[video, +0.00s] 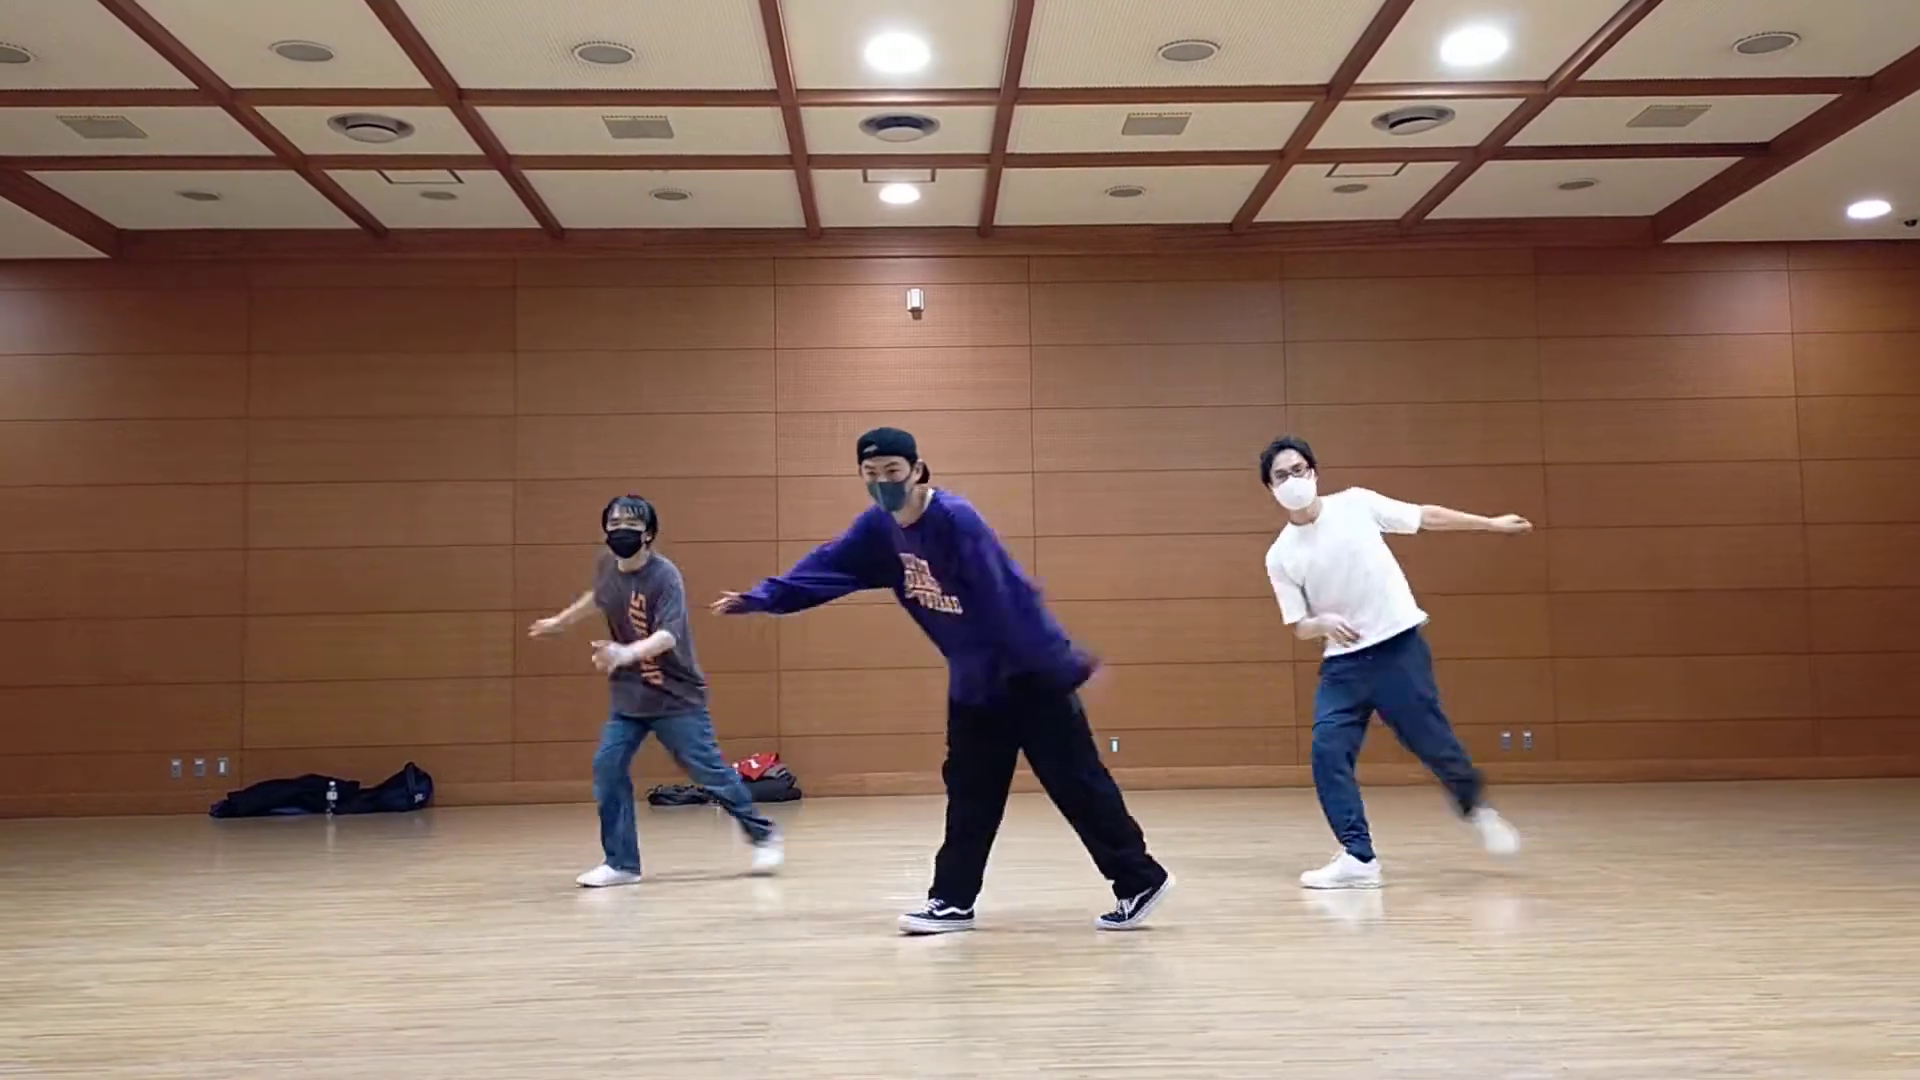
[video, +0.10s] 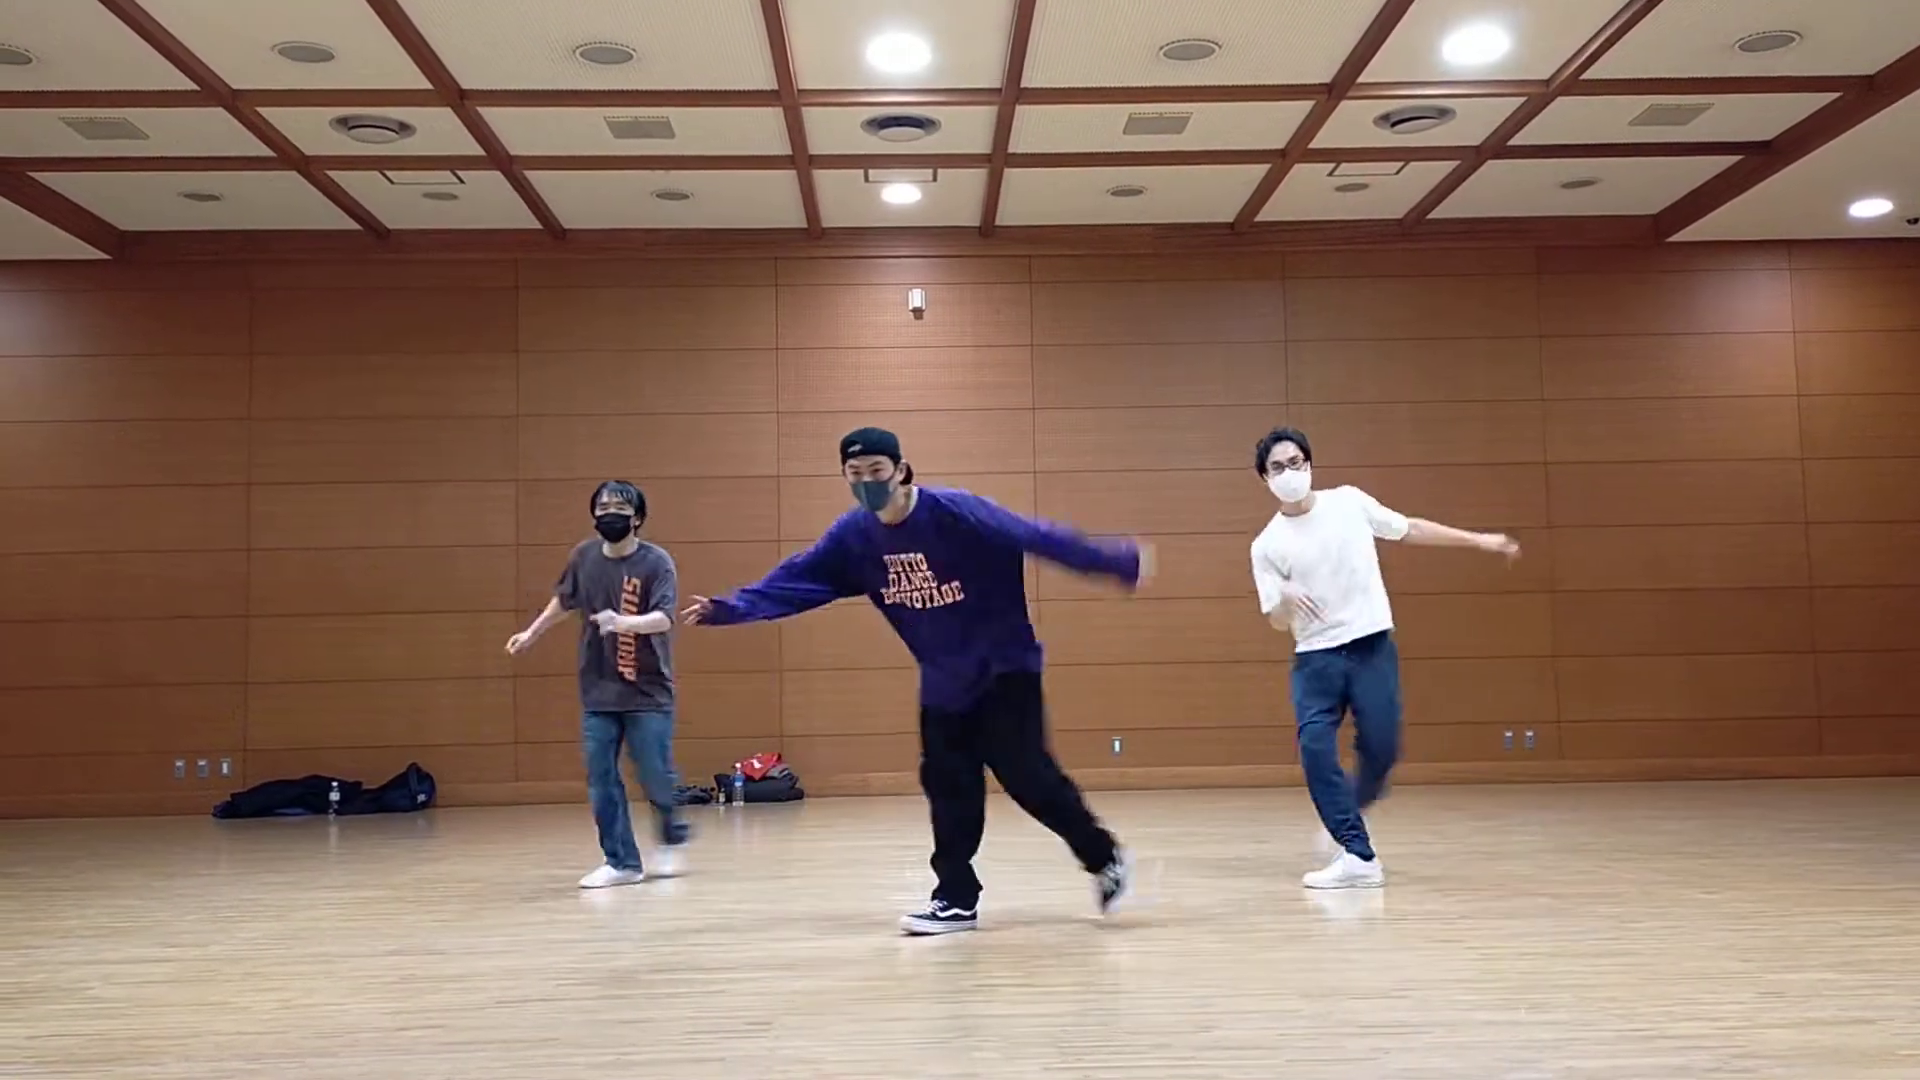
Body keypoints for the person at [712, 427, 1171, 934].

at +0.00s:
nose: (882, 482)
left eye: (891, 471)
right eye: (872, 475)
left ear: (917, 470)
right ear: (865, 480)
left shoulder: (954, 520)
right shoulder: (878, 530)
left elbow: (1005, 597)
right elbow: (826, 569)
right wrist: (761, 598)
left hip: (1026, 669)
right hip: (973, 677)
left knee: (1076, 779)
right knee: (971, 787)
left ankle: (1140, 879)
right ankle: (953, 900)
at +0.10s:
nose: (864, 483)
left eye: (873, 472)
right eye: (854, 476)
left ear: (901, 469)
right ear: (847, 480)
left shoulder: (954, 512)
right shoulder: (853, 538)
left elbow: (1038, 536)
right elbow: (792, 582)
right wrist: (725, 608)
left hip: (1005, 663)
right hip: (942, 675)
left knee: (1024, 773)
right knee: (947, 784)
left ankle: (1105, 858)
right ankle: (955, 899)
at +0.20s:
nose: (853, 478)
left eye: (863, 467)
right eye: (843, 471)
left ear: (890, 468)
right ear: (835, 480)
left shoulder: (949, 497)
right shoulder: (841, 547)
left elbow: (1027, 484)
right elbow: (789, 594)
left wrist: (1096, 474)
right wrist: (734, 607)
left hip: (981, 659)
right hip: (914, 674)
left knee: (973, 773)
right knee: (913, 786)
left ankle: (992, 818)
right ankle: (956, 897)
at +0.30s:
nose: (848, 482)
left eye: (857, 470)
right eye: (837, 475)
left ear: (880, 470)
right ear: (827, 485)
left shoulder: (935, 496)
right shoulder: (832, 555)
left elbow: (1005, 469)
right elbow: (796, 618)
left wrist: (1069, 436)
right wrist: (760, 587)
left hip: (951, 665)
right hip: (886, 677)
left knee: (937, 800)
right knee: (879, 786)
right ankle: (940, 883)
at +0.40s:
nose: (845, 486)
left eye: (855, 475)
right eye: (834, 477)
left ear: (876, 479)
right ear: (822, 486)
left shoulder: (921, 519)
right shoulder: (821, 550)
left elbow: (982, 510)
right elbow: (827, 619)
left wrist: (1023, 452)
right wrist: (824, 549)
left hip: (921, 686)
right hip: (856, 687)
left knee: (888, 813)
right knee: (847, 787)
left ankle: (823, 883)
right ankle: (876, 872)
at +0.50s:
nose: (851, 480)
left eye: (861, 471)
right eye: (840, 471)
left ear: (879, 476)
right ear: (823, 478)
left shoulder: (901, 530)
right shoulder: (812, 539)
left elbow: (951, 565)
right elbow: (851, 592)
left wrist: (983, 507)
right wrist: (894, 518)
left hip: (898, 694)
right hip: (837, 690)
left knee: (879, 819)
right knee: (834, 776)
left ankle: (825, 890)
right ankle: (792, 886)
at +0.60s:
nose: (862, 456)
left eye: (872, 449)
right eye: (851, 448)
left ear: (886, 459)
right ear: (834, 455)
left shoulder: (888, 519)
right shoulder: (816, 511)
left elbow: (900, 595)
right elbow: (876, 558)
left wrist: (950, 570)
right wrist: (937, 510)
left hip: (880, 678)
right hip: (821, 675)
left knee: (885, 800)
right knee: (813, 787)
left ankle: (831, 876)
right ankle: (758, 898)